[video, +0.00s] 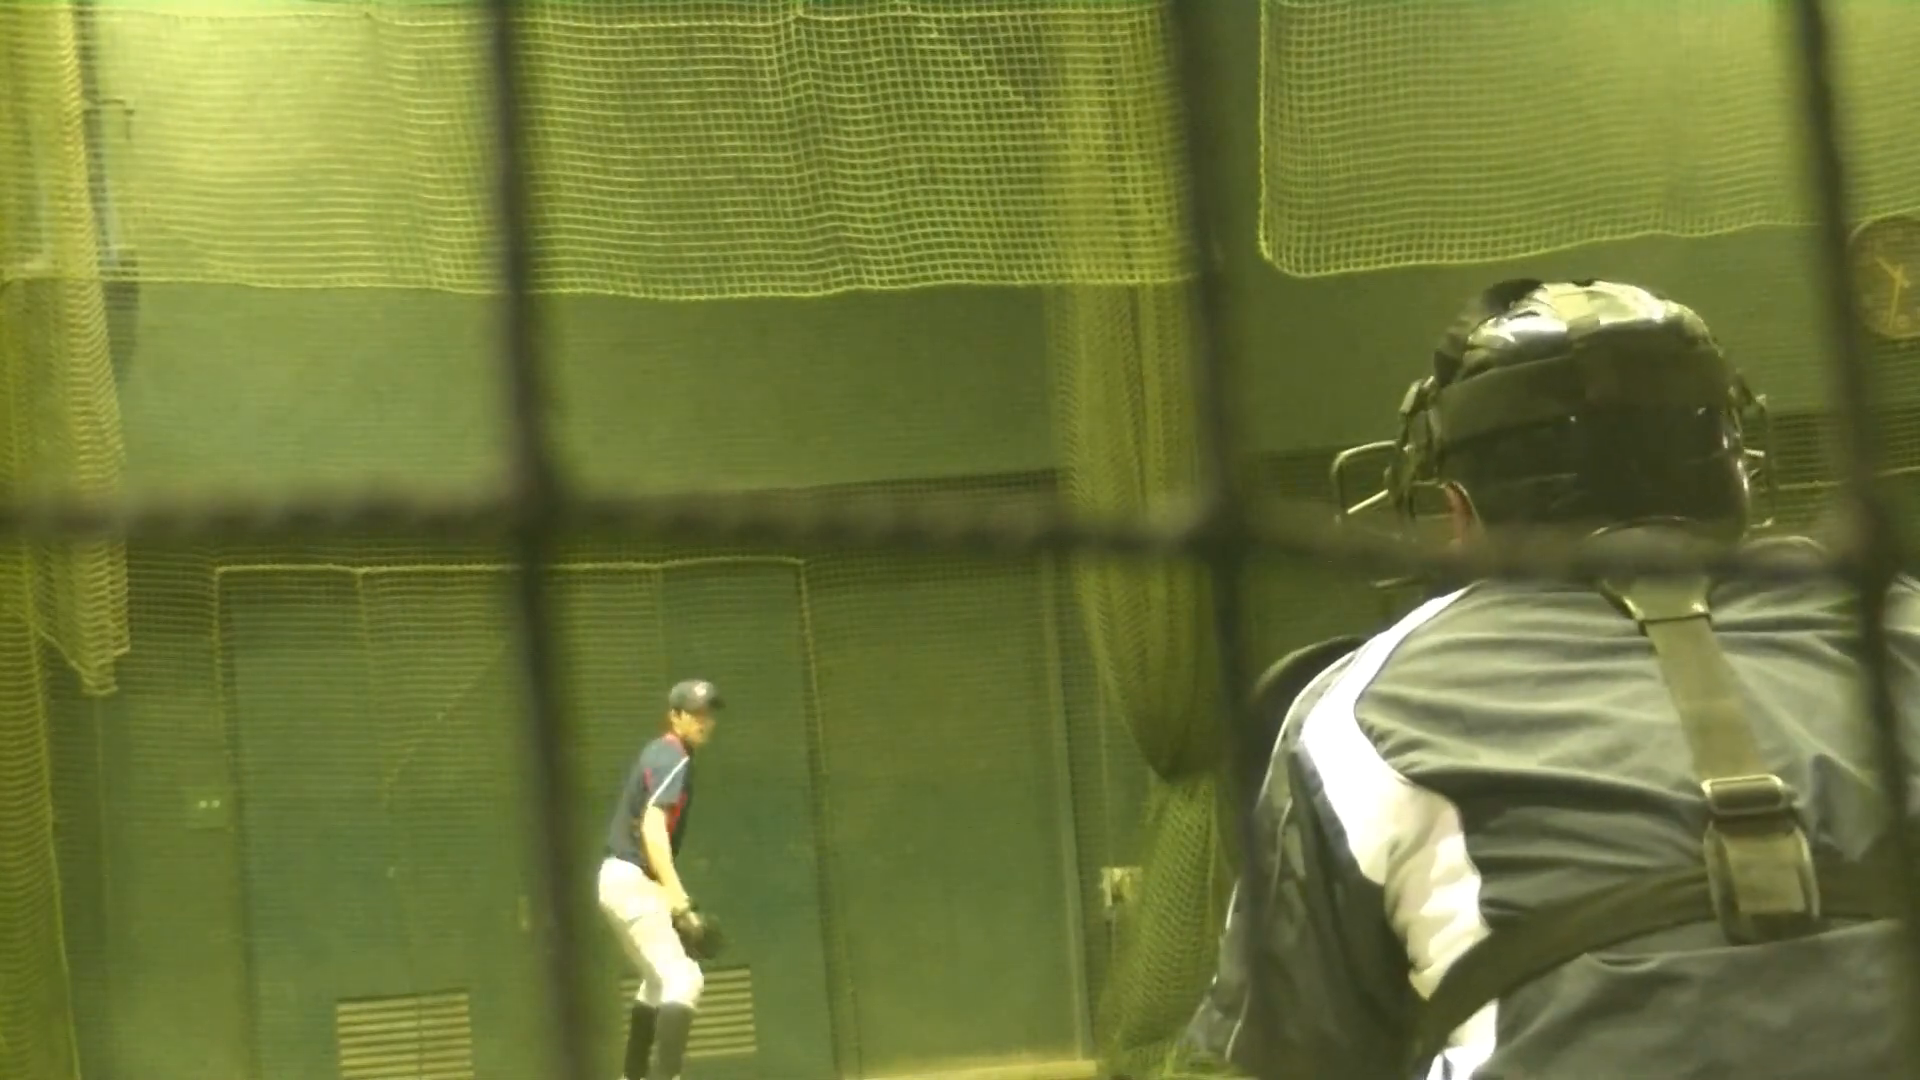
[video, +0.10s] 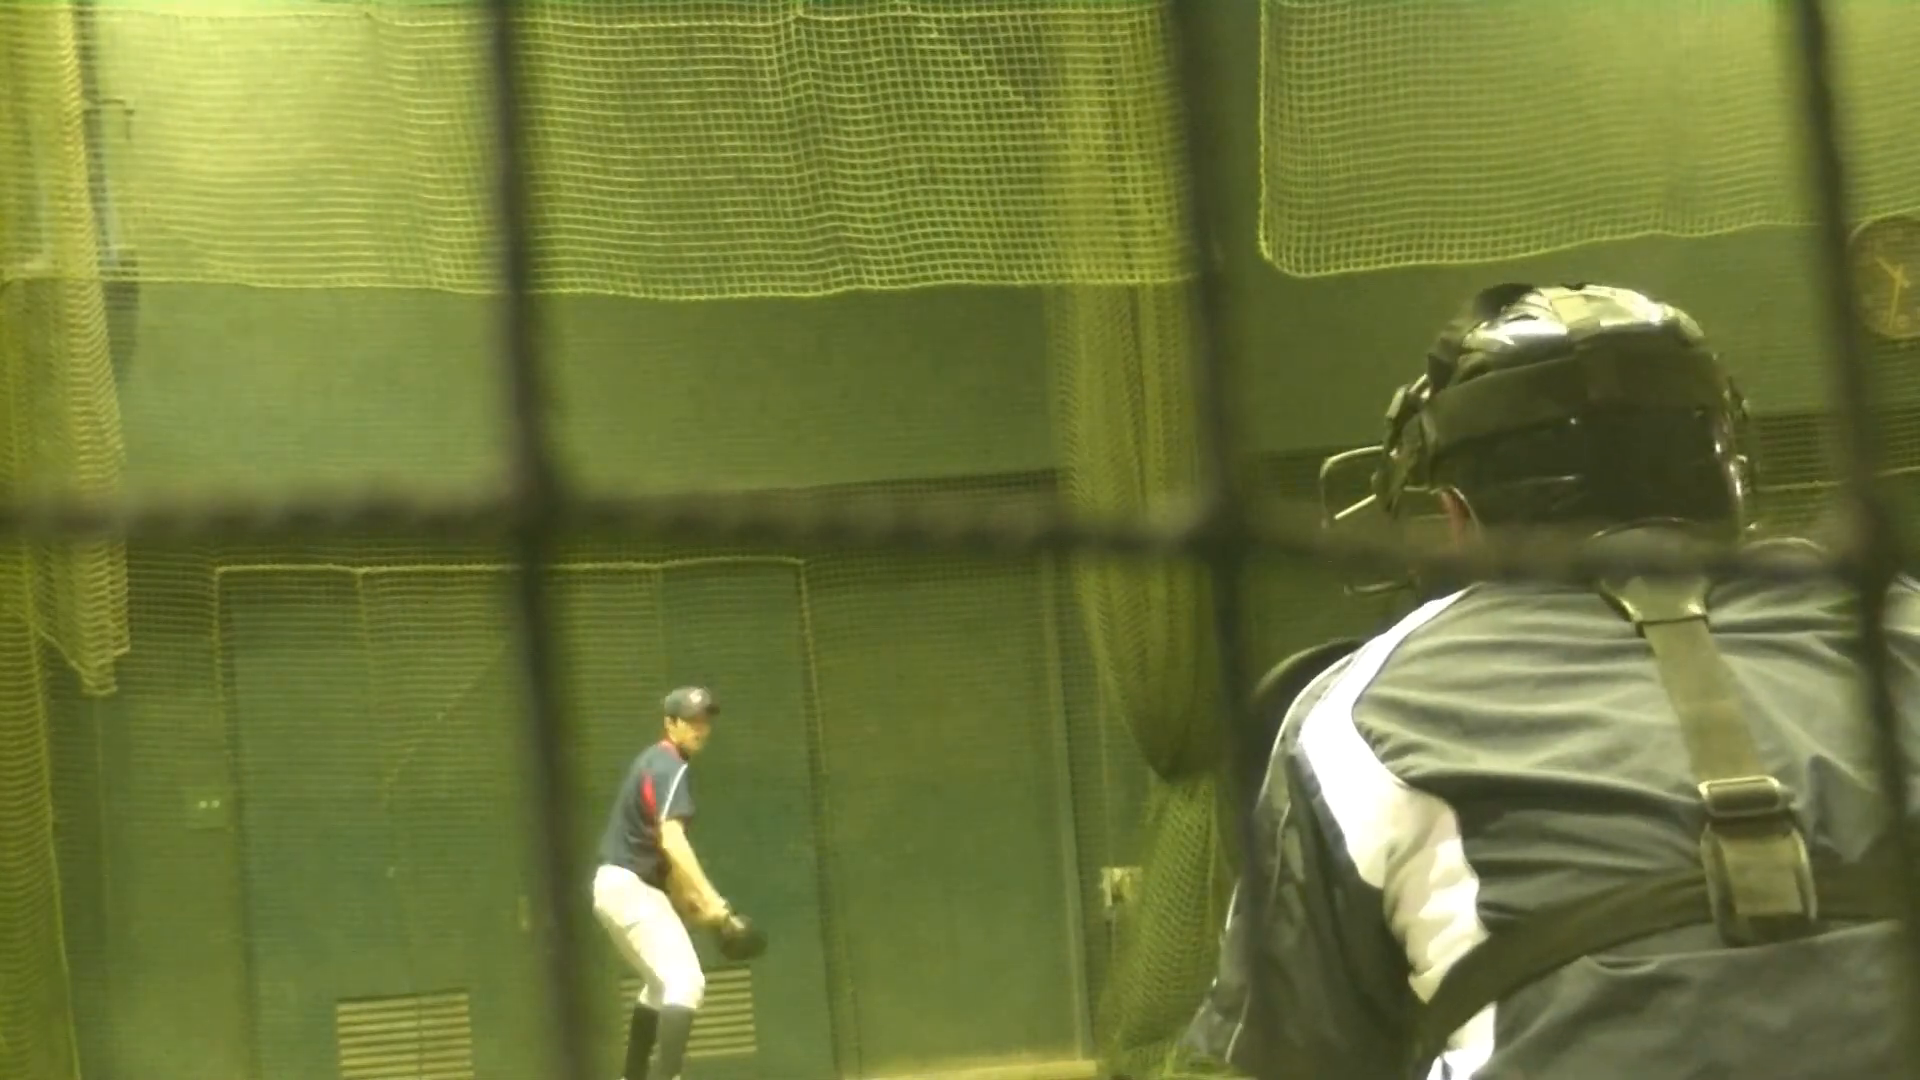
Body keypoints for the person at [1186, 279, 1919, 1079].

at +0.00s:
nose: (1415, 544)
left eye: (1420, 518)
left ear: (1461, 523)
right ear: (1735, 487)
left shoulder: (1347, 713)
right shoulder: (1891, 622)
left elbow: (1294, 1049)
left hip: (1588, 1022)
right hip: (1884, 1016)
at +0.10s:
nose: (1410, 547)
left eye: (1415, 521)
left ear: (1458, 526)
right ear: (1727, 488)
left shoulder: (1344, 718)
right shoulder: (1891, 620)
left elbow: (1297, 1053)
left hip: (1586, 1024)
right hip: (1886, 1016)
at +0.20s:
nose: (1406, 553)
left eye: (1411, 527)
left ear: (1454, 528)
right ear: (1723, 487)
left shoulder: (1342, 718)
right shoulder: (1895, 618)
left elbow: (1297, 1054)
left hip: (1589, 1021)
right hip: (1894, 1014)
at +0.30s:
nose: (1406, 555)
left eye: (1410, 529)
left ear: (1451, 529)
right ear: (1718, 488)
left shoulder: (1340, 719)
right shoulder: (1894, 618)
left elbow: (1294, 1051)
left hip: (1590, 1019)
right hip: (1893, 1012)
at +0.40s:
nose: (1404, 556)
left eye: (1408, 530)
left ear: (1449, 531)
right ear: (1715, 488)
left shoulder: (1338, 720)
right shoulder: (1886, 615)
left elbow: (1294, 1052)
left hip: (1584, 1025)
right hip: (1886, 1012)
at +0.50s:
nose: (1402, 557)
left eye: (1408, 529)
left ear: (1450, 532)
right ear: (1715, 489)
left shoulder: (1342, 723)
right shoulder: (1887, 616)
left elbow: (1296, 1053)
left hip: (1585, 1024)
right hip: (1889, 1010)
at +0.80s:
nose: (1430, 567)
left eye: (1435, 541)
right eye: (1424, 541)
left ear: (1485, 531)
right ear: (1743, 498)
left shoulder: (1389, 711)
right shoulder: (1896, 611)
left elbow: (1325, 1045)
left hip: (1637, 1021)